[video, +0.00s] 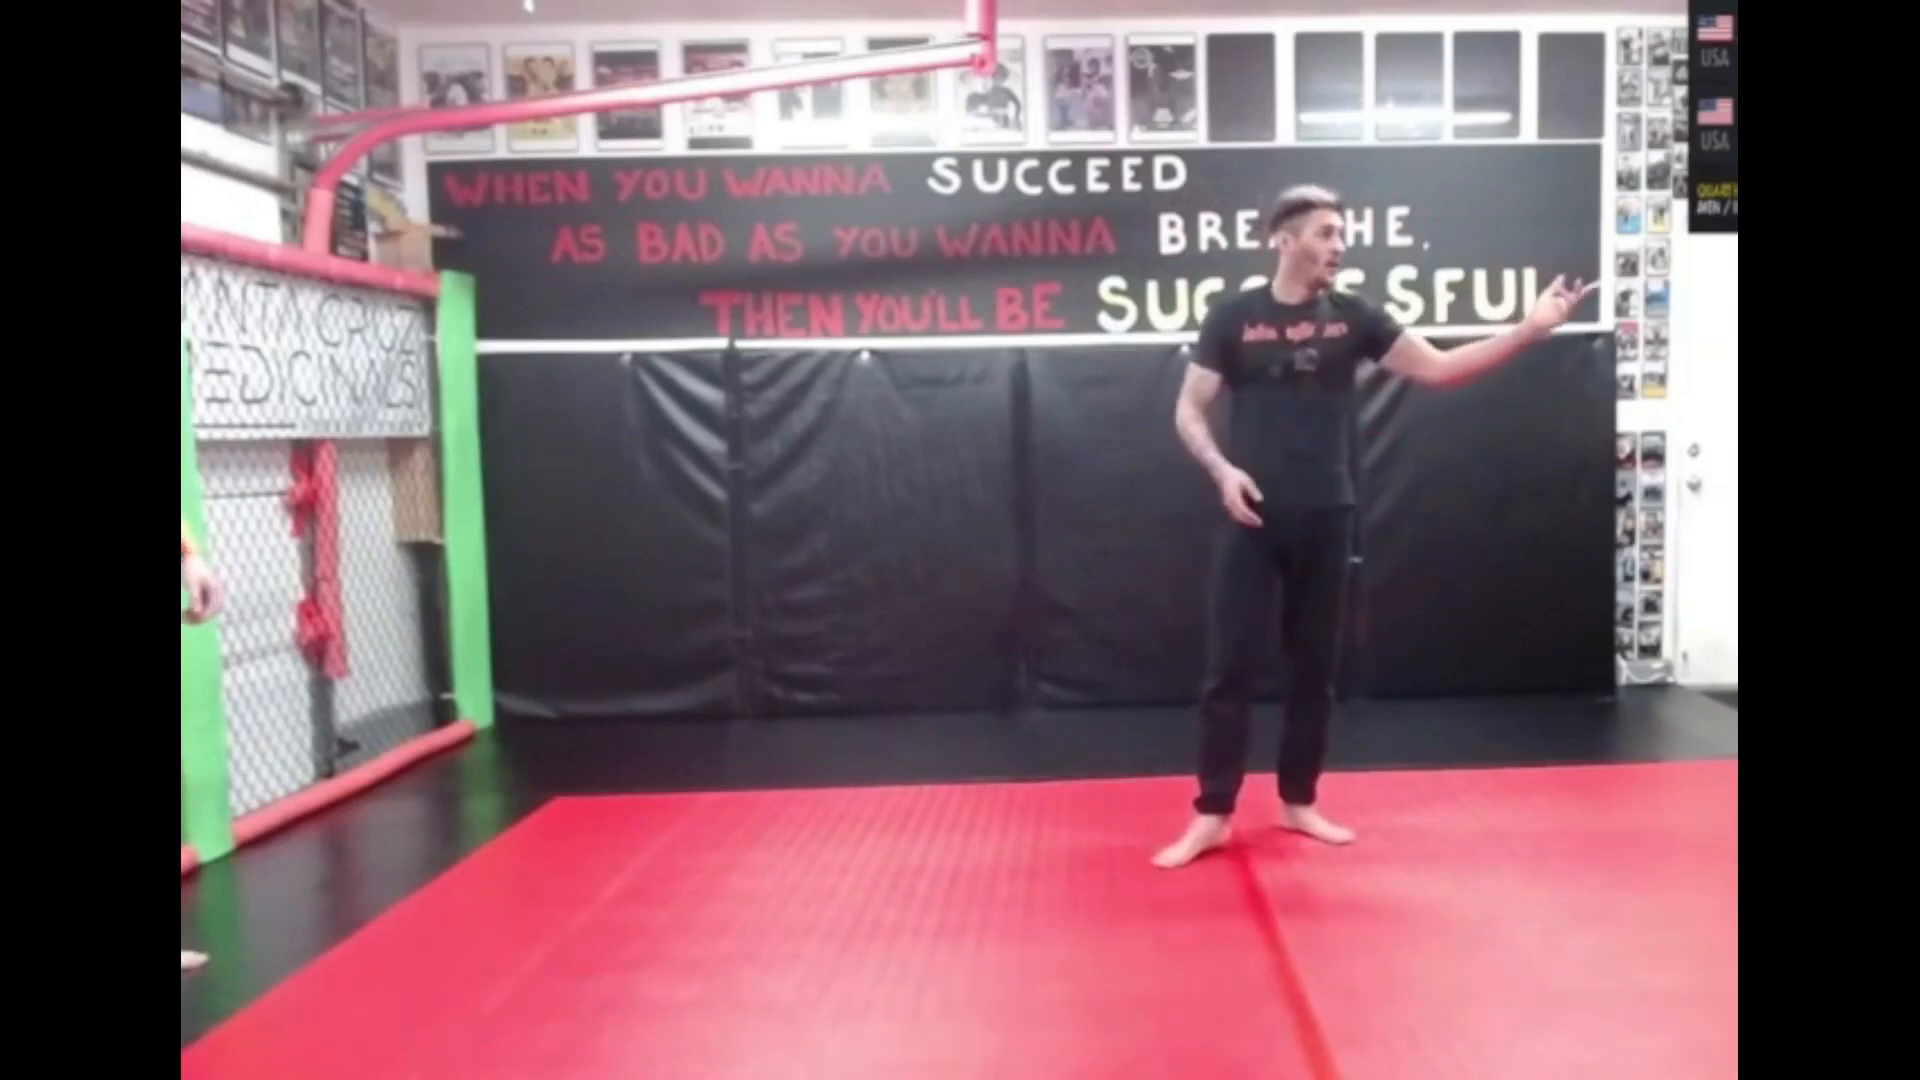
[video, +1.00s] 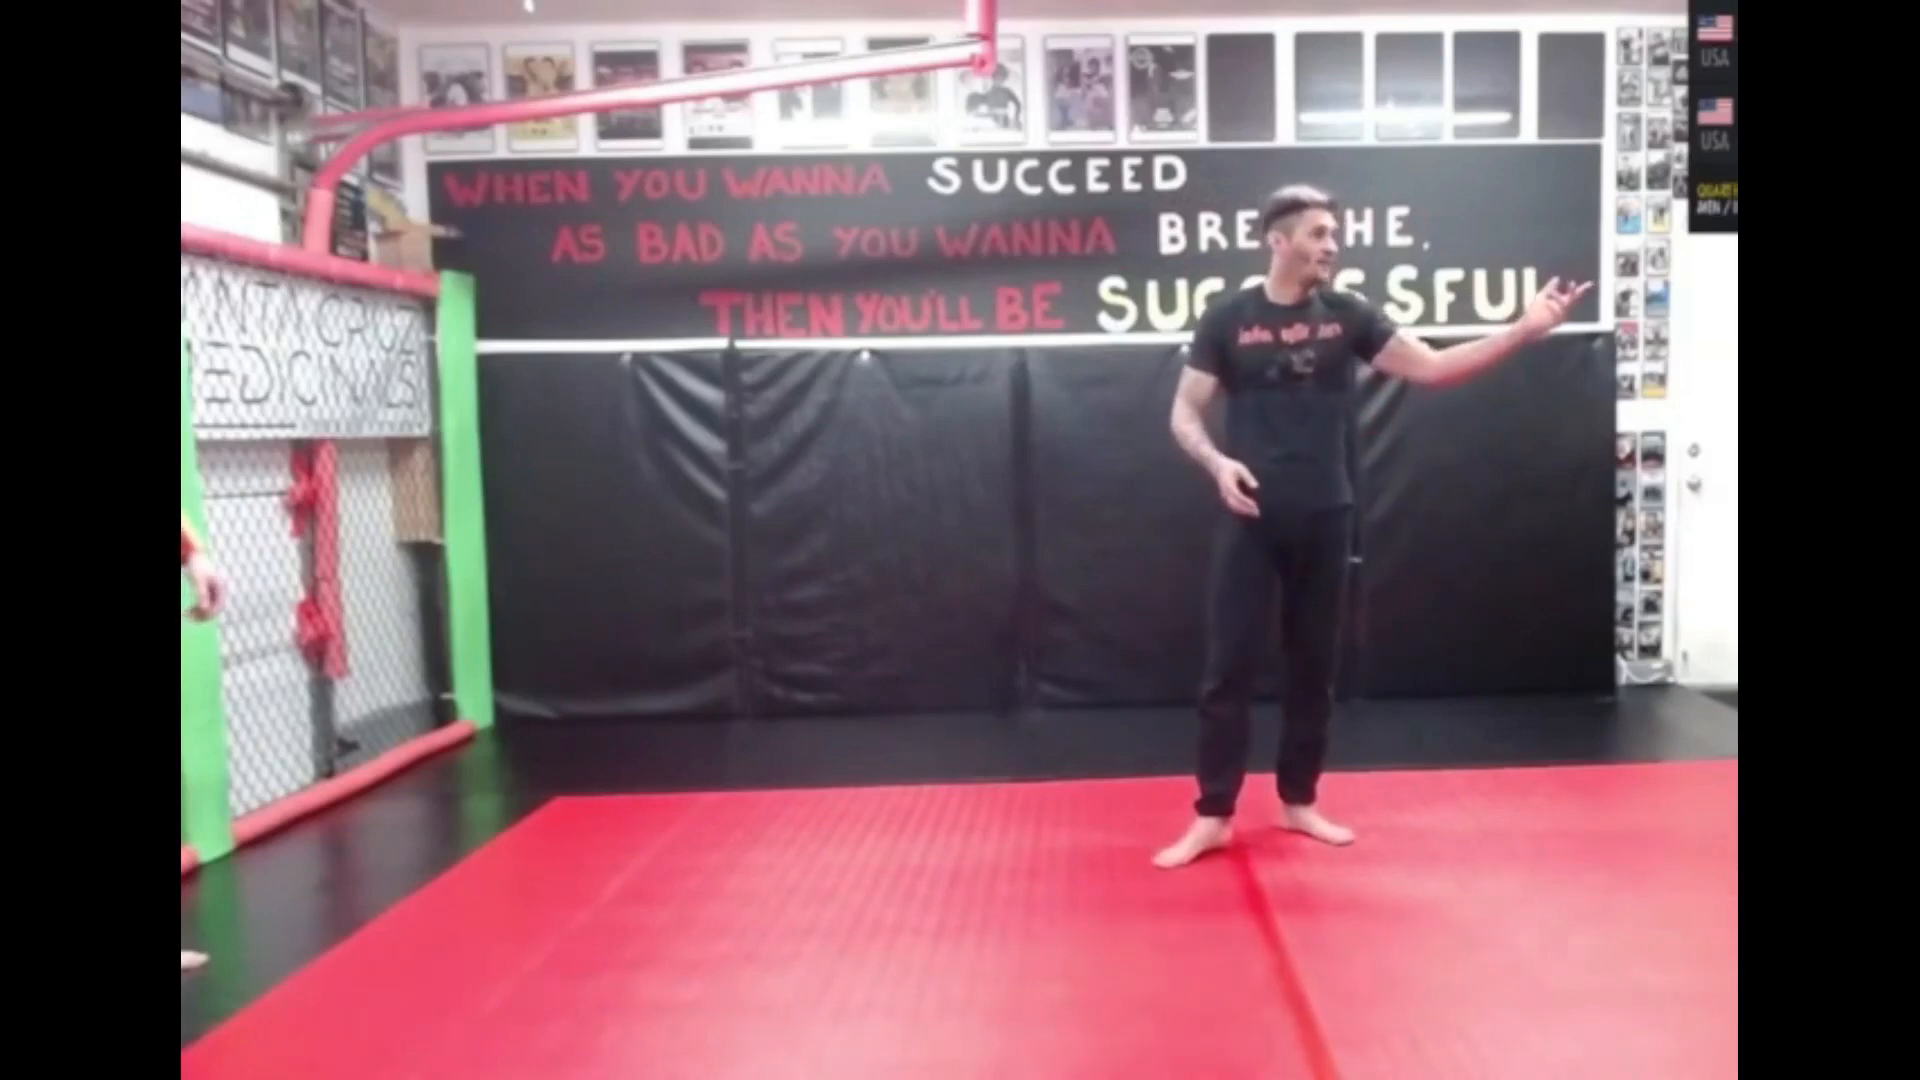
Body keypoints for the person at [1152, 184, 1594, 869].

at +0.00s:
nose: (1337, 246)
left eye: (1340, 235)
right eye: (1325, 233)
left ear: (1338, 246)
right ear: (1282, 240)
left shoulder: (1353, 315)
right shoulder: (1232, 317)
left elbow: (1439, 368)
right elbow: (1188, 412)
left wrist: (1530, 327)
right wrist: (1221, 470)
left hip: (1325, 518)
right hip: (1249, 517)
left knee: (1315, 666)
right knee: (1228, 666)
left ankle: (1298, 802)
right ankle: (1212, 814)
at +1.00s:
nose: (1330, 247)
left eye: (1334, 236)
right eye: (1318, 235)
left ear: (1332, 246)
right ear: (1275, 241)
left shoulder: (1347, 314)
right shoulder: (1227, 318)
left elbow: (1432, 367)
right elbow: (1184, 415)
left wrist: (1523, 330)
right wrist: (1216, 464)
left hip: (1325, 517)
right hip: (1248, 516)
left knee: (1315, 666)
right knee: (1228, 665)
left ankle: (1299, 802)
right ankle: (1213, 815)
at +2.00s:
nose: (1235, 247)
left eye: (1246, 235)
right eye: (1231, 236)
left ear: (1287, 241)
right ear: (1231, 243)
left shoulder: (1334, 314)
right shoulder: (1215, 318)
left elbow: (1365, 412)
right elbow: (1151, 402)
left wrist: (1334, 456)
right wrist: (1066, 380)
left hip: (1310, 514)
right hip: (1234, 513)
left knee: (1308, 663)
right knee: (1219, 665)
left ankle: (1299, 802)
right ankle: (1211, 817)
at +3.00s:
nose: (1191, 248)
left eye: (1207, 237)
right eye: (1191, 236)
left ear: (1248, 250)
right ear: (1195, 247)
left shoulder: (1286, 332)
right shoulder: (1171, 328)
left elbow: (1324, 436)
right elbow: (1123, 413)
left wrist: (1285, 492)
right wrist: (1067, 447)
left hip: (1252, 530)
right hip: (1175, 525)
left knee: (1283, 672)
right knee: (1118, 655)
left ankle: (1296, 807)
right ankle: (1092, 819)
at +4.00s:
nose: (780, 316)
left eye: (788, 300)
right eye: (777, 301)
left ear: (838, 293)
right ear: (828, 298)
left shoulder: (925, 345)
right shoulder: (849, 367)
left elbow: (949, 473)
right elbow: (868, 466)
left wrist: (905, 585)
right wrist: (858, 573)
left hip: (1002, 528)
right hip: (935, 535)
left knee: (1069, 670)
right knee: (922, 683)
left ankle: (1154, 832)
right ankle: (937, 849)